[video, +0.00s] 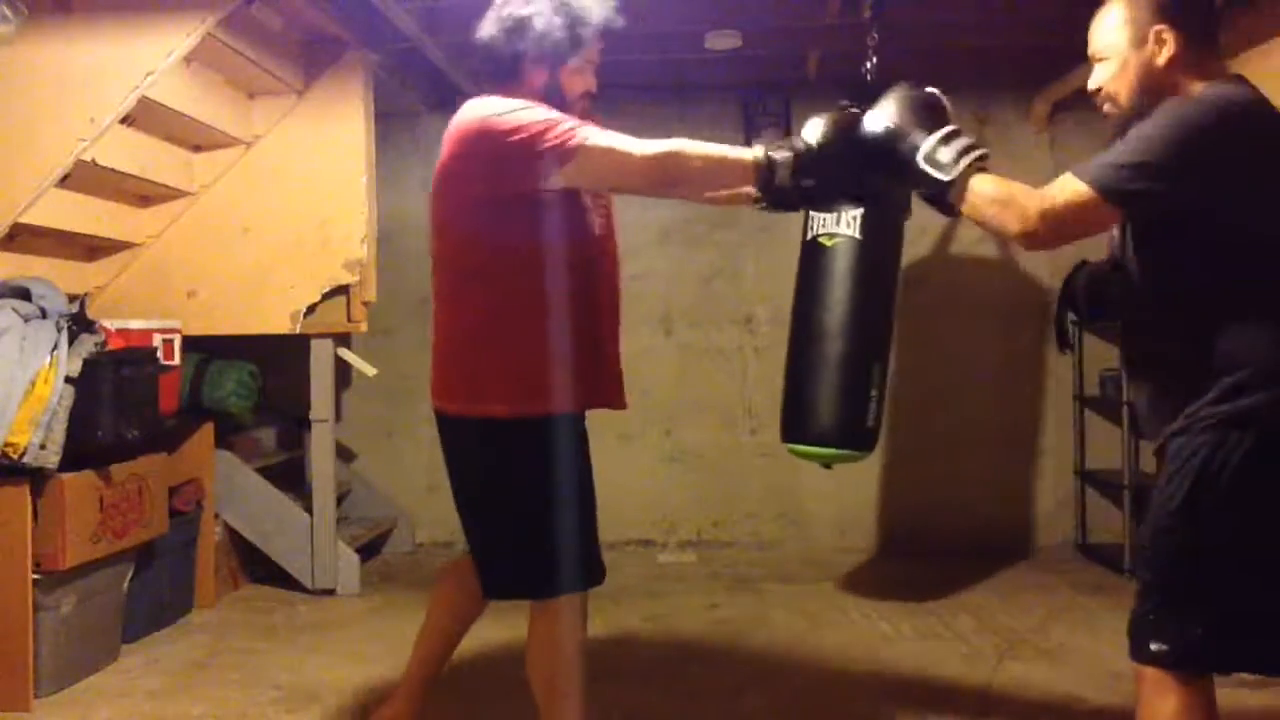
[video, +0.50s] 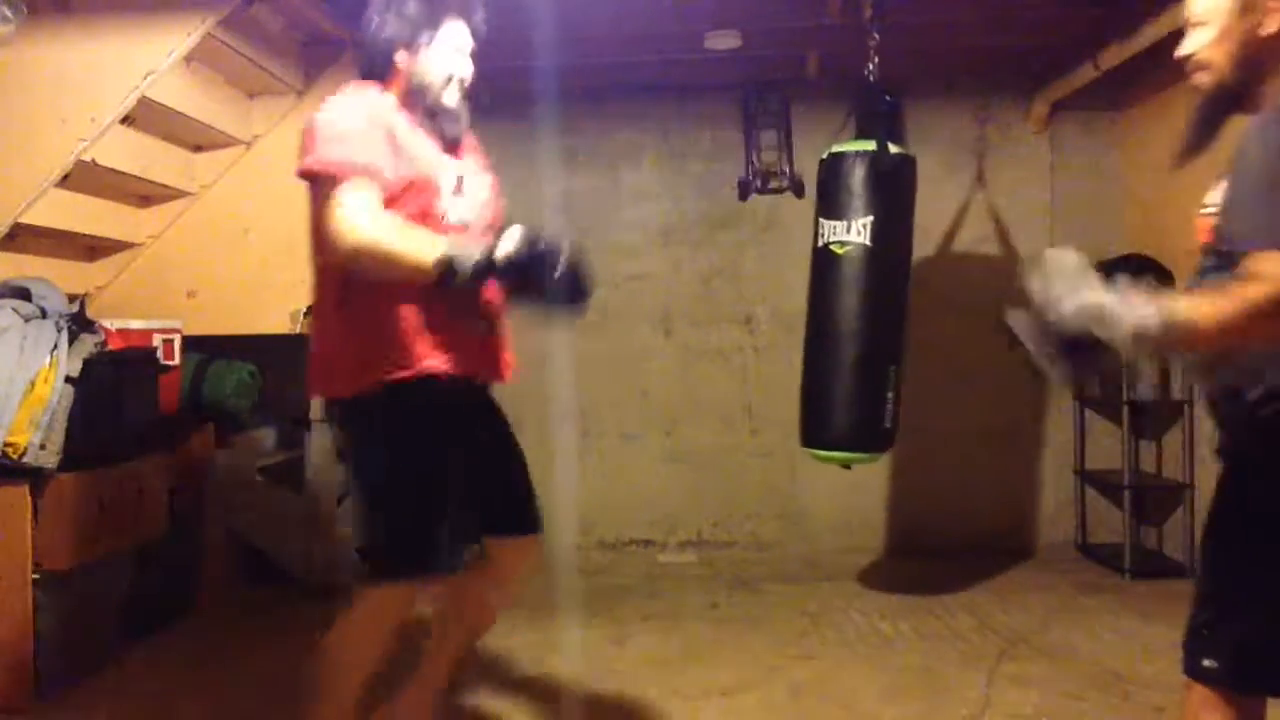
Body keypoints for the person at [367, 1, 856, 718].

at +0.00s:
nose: (594, 85)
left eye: (596, 67)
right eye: (585, 66)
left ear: (542, 70)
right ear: (536, 63)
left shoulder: (551, 138)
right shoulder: (492, 127)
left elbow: (672, 178)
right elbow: (648, 164)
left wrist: (784, 182)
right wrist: (781, 163)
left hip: (537, 397)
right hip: (506, 402)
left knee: (487, 560)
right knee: (560, 585)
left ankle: (404, 701)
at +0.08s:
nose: (572, 88)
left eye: (572, 71)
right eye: (560, 71)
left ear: (528, 72)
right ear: (507, 68)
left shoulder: (539, 148)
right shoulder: (470, 134)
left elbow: (657, 194)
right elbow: (616, 171)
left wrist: (774, 180)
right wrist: (763, 159)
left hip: (534, 406)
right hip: (497, 412)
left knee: (493, 565)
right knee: (574, 586)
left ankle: (401, 702)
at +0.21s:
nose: (537, 105)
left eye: (540, 87)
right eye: (527, 86)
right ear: (475, 83)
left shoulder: (513, 160)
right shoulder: (432, 152)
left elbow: (603, 220)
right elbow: (556, 206)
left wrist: (714, 196)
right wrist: (686, 177)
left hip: (518, 426)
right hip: (485, 432)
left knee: (497, 580)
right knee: (584, 583)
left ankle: (392, 706)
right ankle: (570, 716)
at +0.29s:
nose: (516, 82)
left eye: (518, 65)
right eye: (502, 63)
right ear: (448, 62)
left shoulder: (504, 142)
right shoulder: (406, 118)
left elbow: (568, 213)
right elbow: (471, 198)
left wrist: (630, 203)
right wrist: (590, 191)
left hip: (499, 401)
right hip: (446, 406)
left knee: (453, 586)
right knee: (535, 600)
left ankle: (380, 706)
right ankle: (551, 712)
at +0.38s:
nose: (491, 55)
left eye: (495, 42)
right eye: (476, 36)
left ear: (491, 57)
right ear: (424, 39)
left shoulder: (494, 134)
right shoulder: (384, 95)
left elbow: (538, 196)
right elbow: (400, 187)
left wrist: (579, 207)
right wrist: (517, 210)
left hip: (483, 377)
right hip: (421, 380)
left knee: (432, 571)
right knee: (480, 580)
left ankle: (376, 705)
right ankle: (485, 710)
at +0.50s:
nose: (467, 68)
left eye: (470, 54)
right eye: (455, 51)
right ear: (404, 51)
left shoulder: (455, 140)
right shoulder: (354, 113)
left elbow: (477, 239)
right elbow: (349, 231)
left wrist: (526, 264)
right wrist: (462, 262)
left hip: (456, 380)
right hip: (384, 382)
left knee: (512, 545)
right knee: (398, 576)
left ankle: (417, 703)